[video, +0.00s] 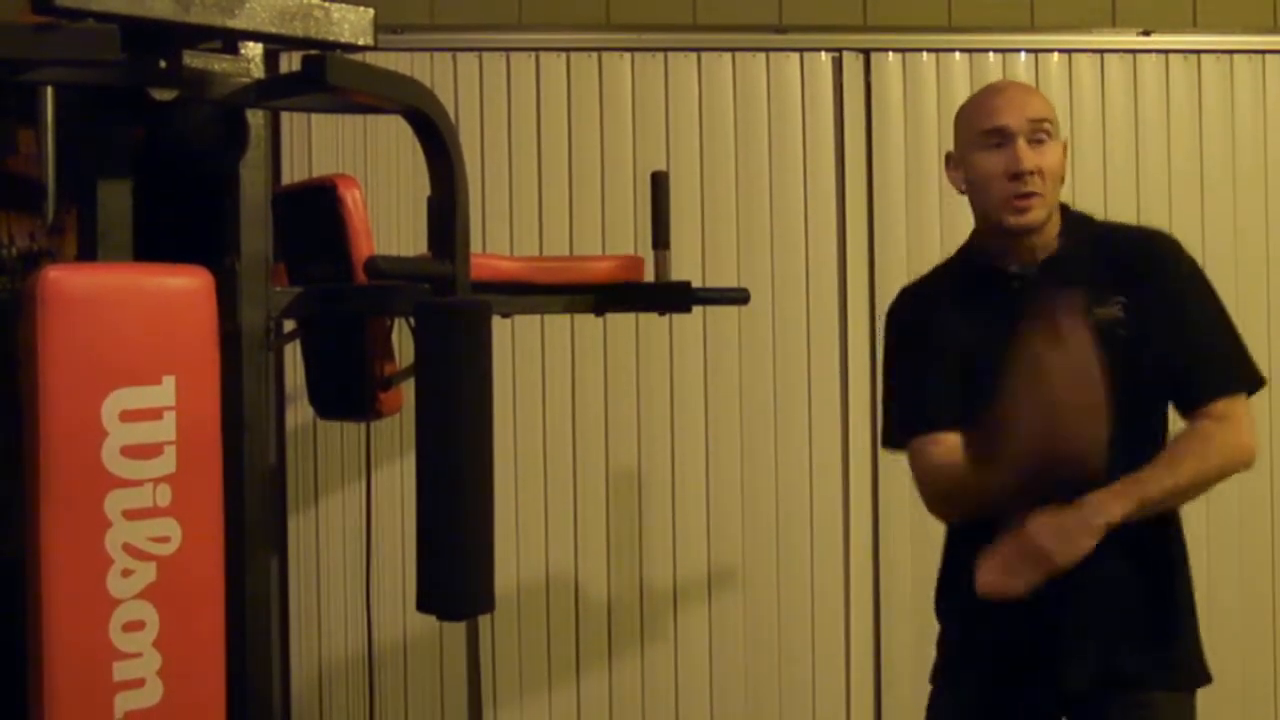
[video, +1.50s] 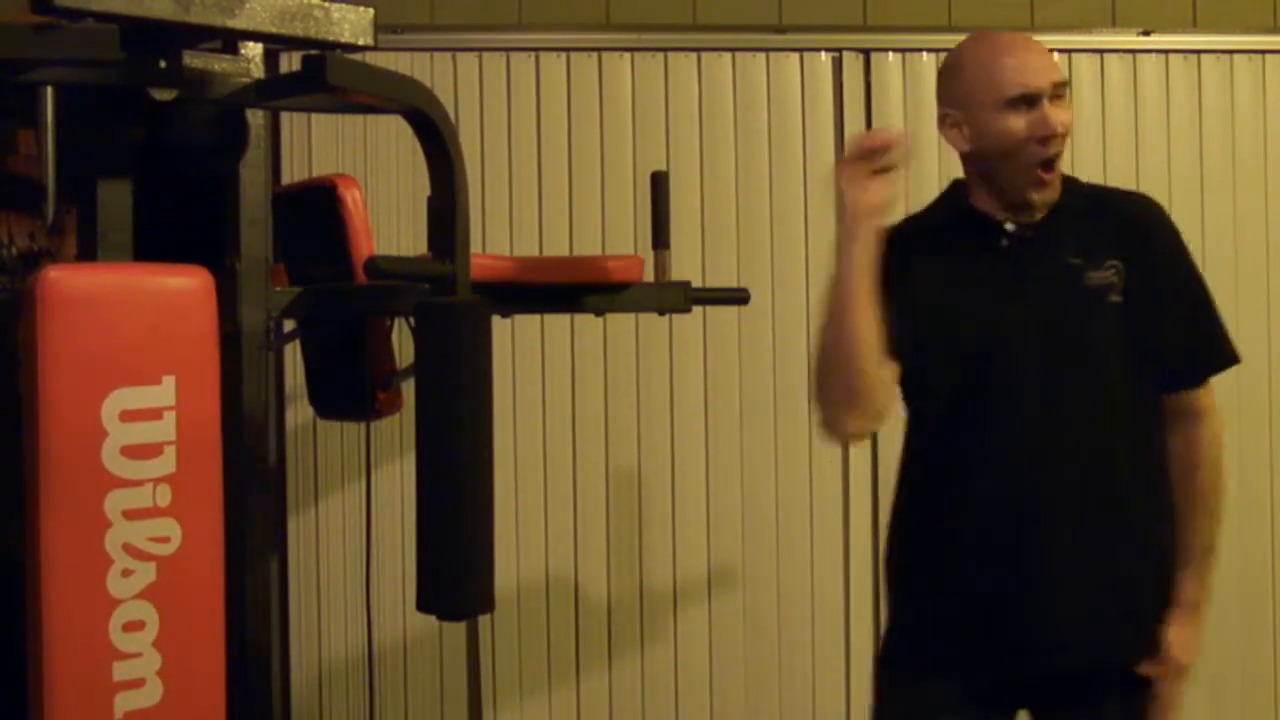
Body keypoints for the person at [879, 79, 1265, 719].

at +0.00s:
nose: (1023, 160)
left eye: (1040, 137)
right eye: (995, 142)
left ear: (1062, 156)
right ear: (957, 172)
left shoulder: (1147, 265)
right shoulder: (923, 310)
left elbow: (1231, 434)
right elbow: (943, 492)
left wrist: (1097, 512)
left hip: (1134, 646)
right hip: (992, 657)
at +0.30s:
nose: (1022, 131)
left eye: (1042, 104)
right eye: (996, 110)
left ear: (1075, 121)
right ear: (964, 136)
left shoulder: (1135, 236)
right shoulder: (913, 260)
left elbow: (1114, 396)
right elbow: (835, 398)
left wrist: (915, 412)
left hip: (1102, 617)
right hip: (954, 619)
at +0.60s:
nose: (943, 123)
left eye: (963, 99)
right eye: (917, 105)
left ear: (1001, 119)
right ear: (892, 135)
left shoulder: (1077, 227)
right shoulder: (857, 244)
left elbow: (1062, 359)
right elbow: (783, 317)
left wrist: (874, 349)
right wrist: (938, 211)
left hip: (1038, 614)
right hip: (888, 616)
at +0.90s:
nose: (1025, 126)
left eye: (1045, 104)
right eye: (997, 107)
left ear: (1074, 132)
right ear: (961, 143)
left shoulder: (1144, 268)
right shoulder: (906, 272)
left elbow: (1156, 481)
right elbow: (750, 376)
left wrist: (1088, 663)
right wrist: (901, 382)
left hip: (1100, 661)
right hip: (944, 654)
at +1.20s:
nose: (1089, 139)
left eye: (1098, 113)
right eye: (1059, 119)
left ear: (1115, 116)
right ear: (998, 137)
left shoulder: (1177, 249)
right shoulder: (940, 274)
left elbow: (1255, 430)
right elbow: (859, 468)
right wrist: (880, 342)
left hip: (1140, 643)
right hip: (979, 645)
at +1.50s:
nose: (1053, 124)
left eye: (1057, 97)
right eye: (1021, 105)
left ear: (1069, 101)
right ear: (957, 130)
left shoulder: (1132, 230)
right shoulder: (908, 252)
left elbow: (1189, 418)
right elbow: (850, 415)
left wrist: (1186, 603)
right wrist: (857, 230)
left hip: (1107, 626)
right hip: (948, 628)